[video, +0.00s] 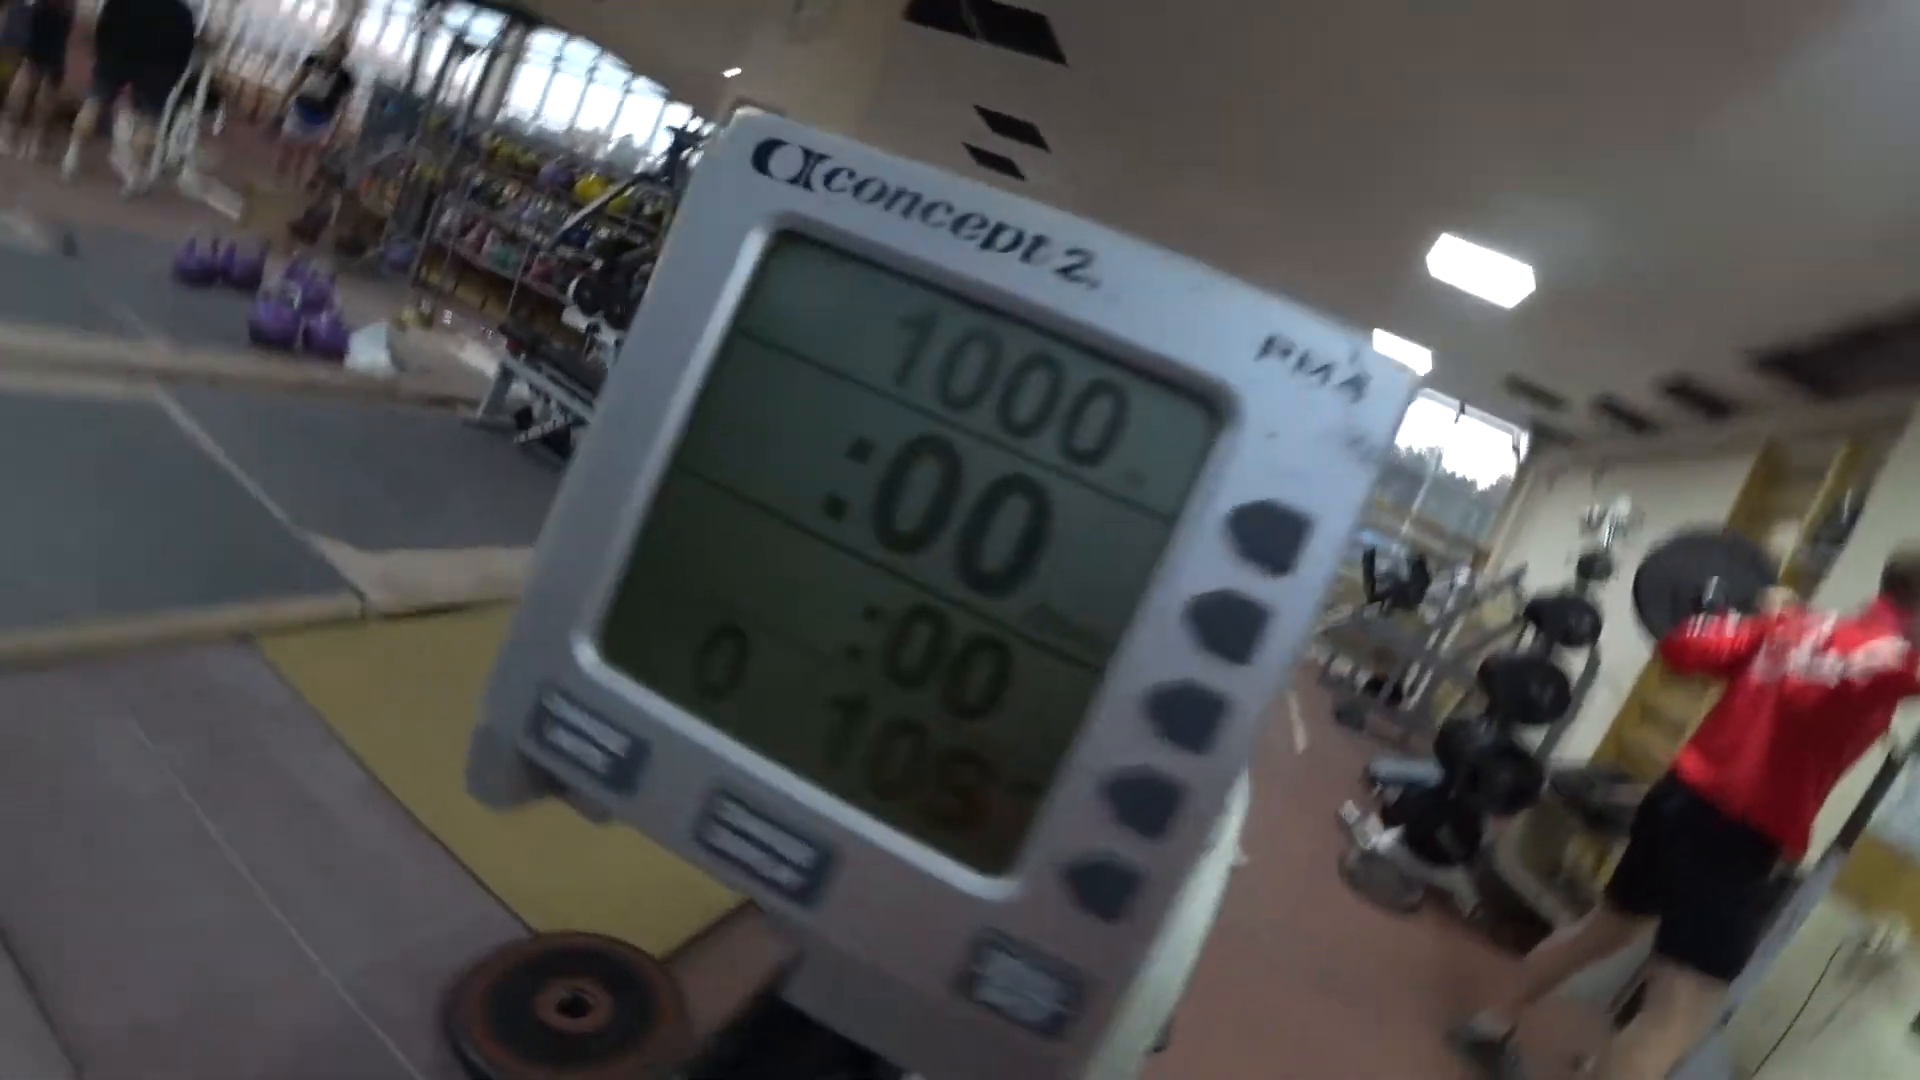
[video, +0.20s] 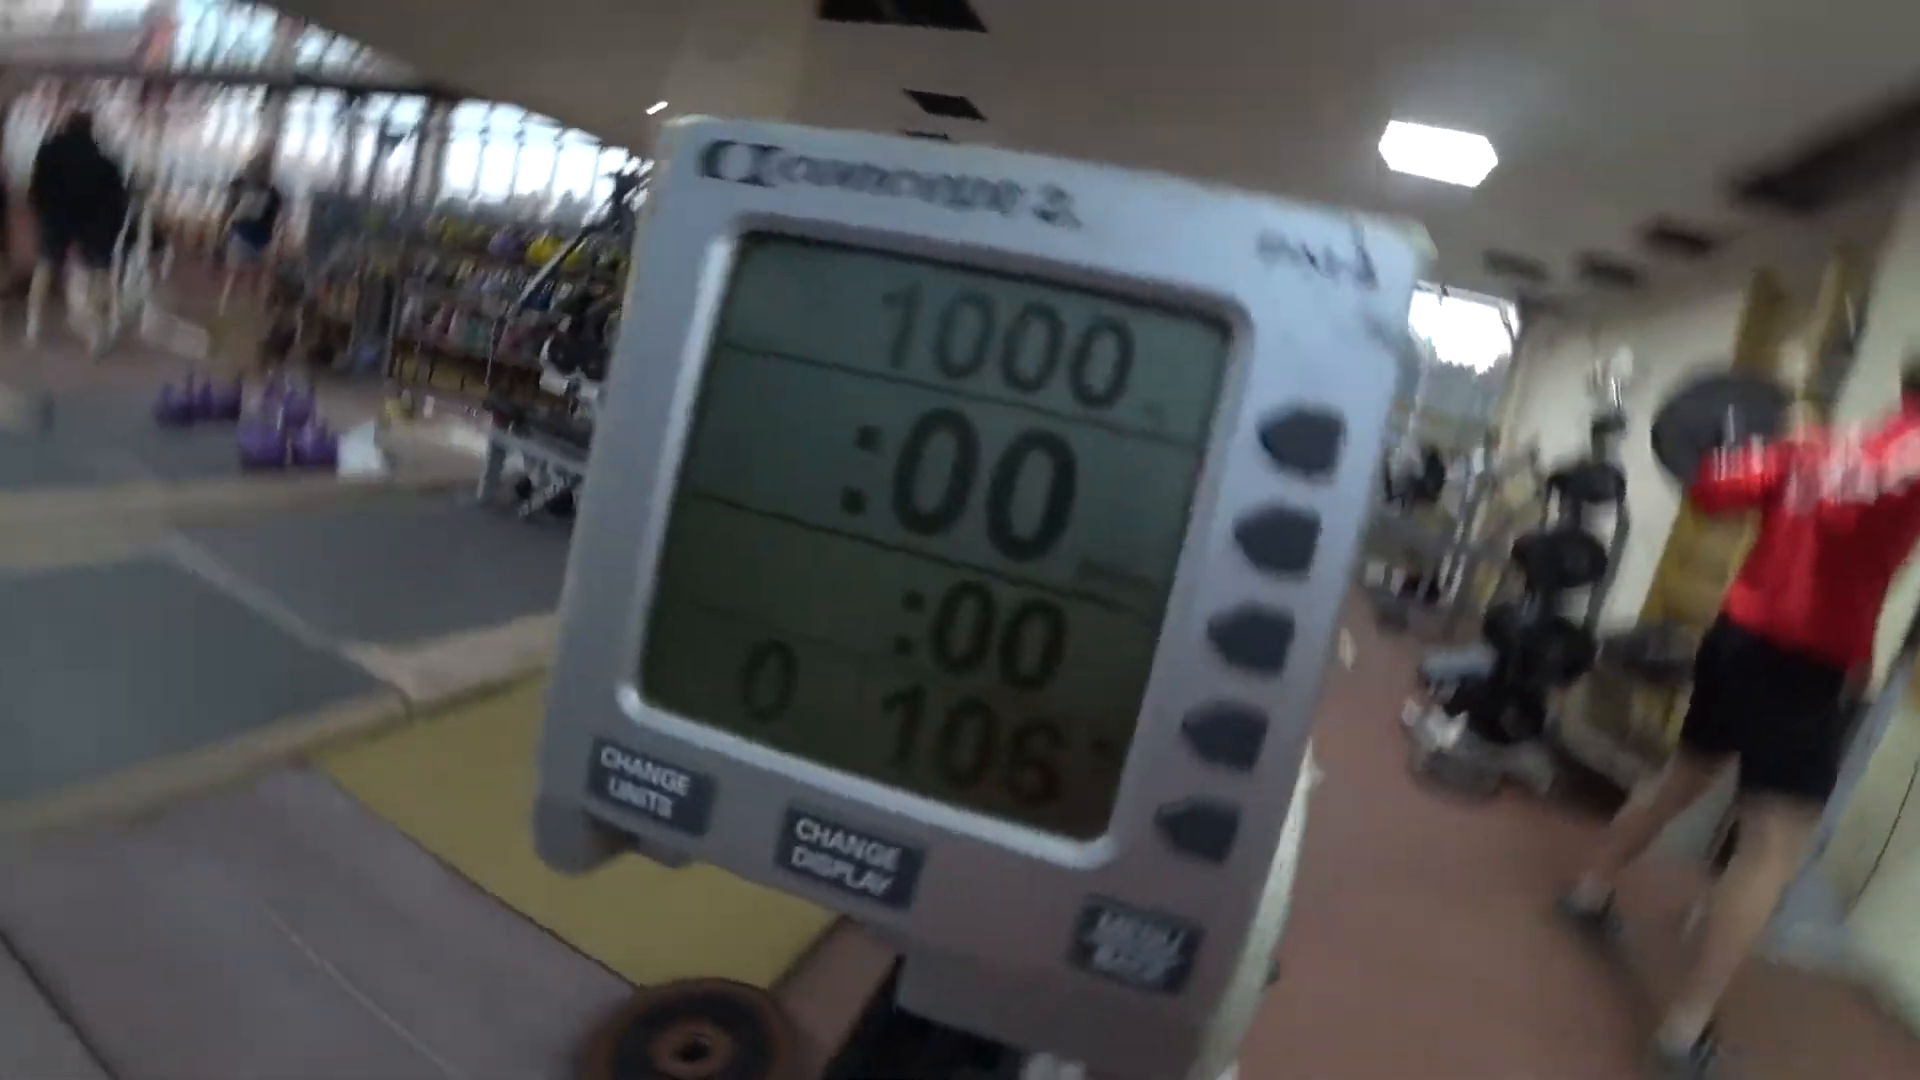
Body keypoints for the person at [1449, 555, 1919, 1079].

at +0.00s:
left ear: (1883, 582)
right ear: (1919, 603)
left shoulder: (1794, 624)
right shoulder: (1898, 659)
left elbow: (1683, 643)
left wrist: (1733, 614)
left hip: (1678, 797)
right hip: (1745, 841)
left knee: (1604, 925)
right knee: (1675, 1016)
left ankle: (1492, 1023)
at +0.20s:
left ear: (1898, 384)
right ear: (1917, 398)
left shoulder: (1814, 447)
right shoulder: (1907, 464)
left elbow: (1711, 484)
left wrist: (1746, 435)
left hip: (1738, 634)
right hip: (1818, 664)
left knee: (1683, 773)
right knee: (1770, 846)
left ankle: (1589, 891)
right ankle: (1685, 1029)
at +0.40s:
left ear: (1868, 204)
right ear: (1914, 204)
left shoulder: (1798, 271)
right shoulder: (1906, 268)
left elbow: (1696, 330)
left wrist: (1740, 286)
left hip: (1744, 478)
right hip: (1820, 493)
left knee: (1719, 630)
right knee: (1817, 687)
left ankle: (1644, 755)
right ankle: (1759, 876)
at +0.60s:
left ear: (1861, 150)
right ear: (1911, 145)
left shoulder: (1789, 223)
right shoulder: (1903, 212)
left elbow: (1686, 290)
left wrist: (1741, 233)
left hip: (1743, 432)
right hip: (1822, 444)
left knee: (1721, 588)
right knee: (1823, 640)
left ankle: (1652, 713)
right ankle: (1771, 827)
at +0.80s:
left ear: (1865, 142)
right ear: (1909, 139)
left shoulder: (1795, 214)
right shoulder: (1906, 205)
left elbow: (1692, 282)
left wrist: (1745, 227)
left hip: (1747, 423)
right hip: (1826, 436)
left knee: (1726, 578)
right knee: (1825, 635)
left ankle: (1654, 706)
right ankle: (1772, 819)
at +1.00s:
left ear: (1862, 205)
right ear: (1913, 206)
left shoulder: (1791, 273)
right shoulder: (1898, 273)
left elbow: (1695, 331)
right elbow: (1873, 308)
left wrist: (1729, 288)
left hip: (1734, 475)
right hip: (1809, 492)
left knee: (1707, 624)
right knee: (1800, 684)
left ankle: (1625, 751)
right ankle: (1730, 871)